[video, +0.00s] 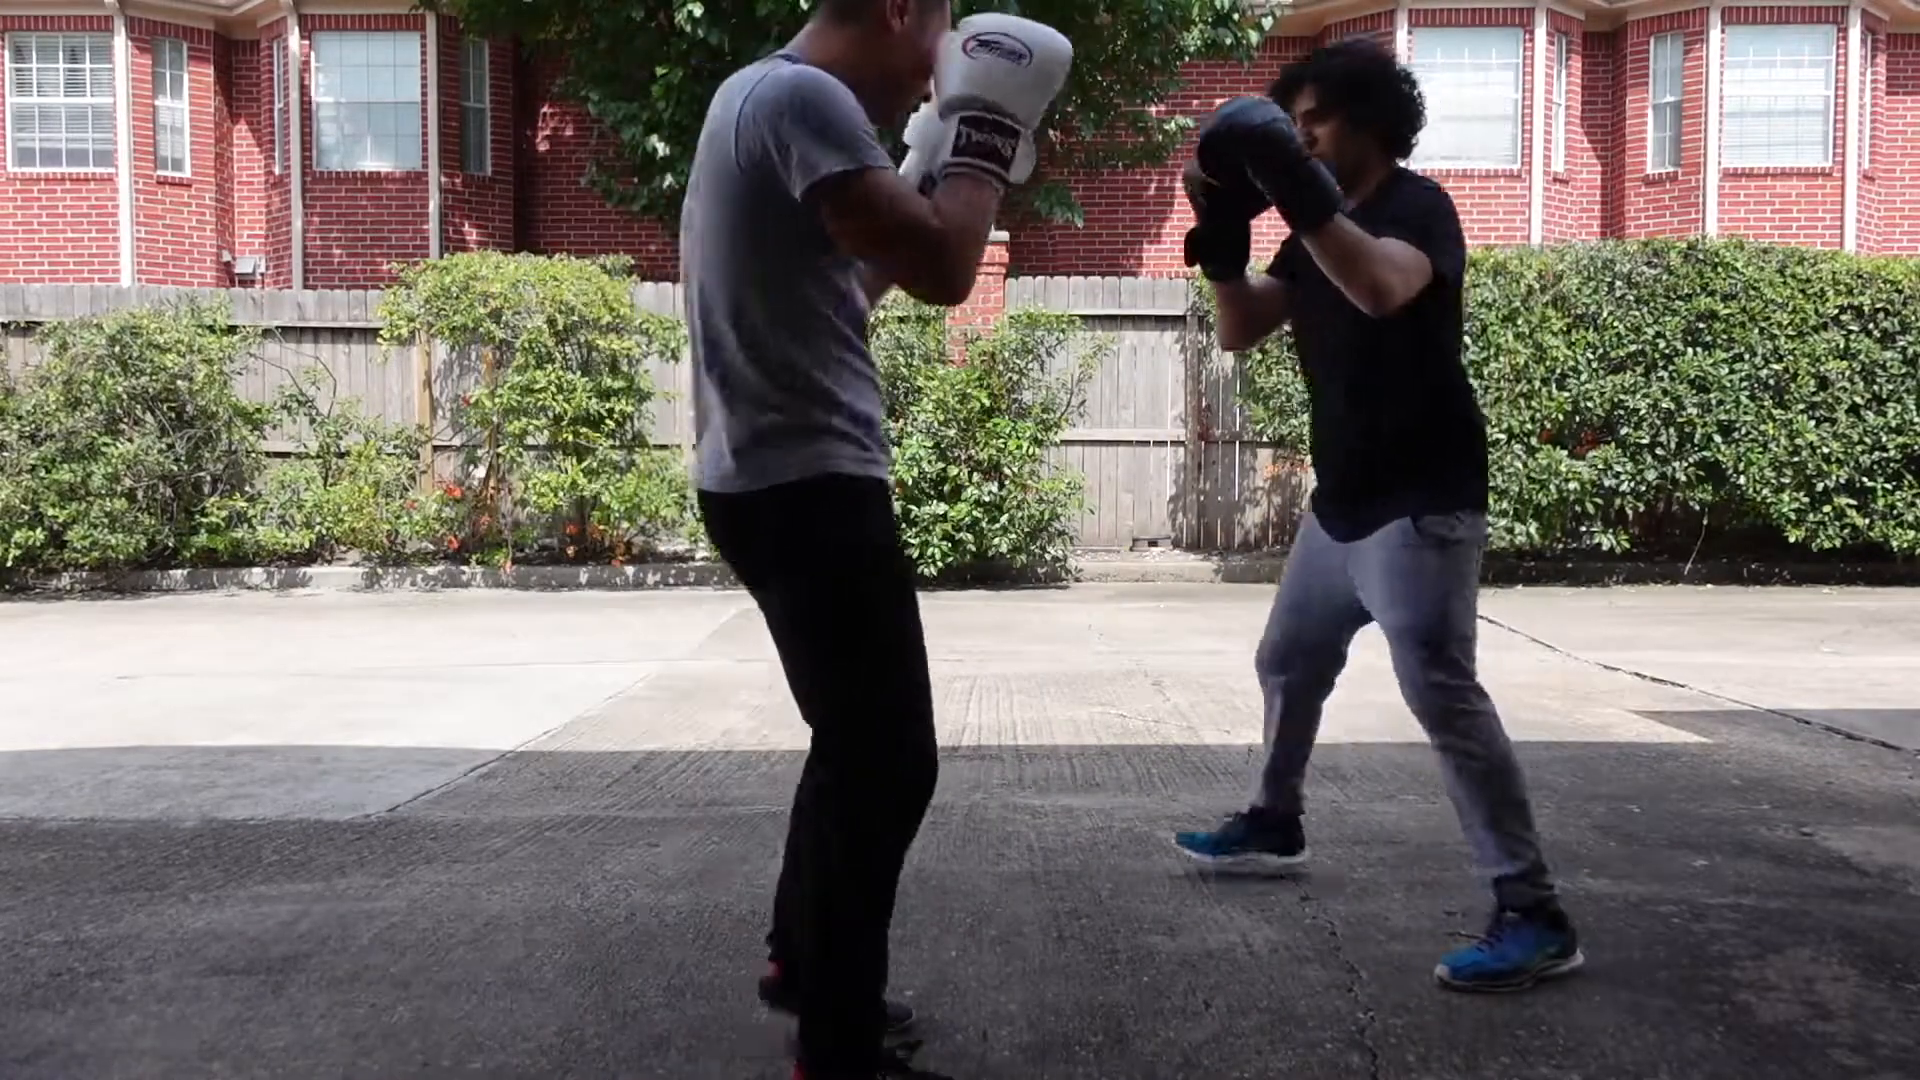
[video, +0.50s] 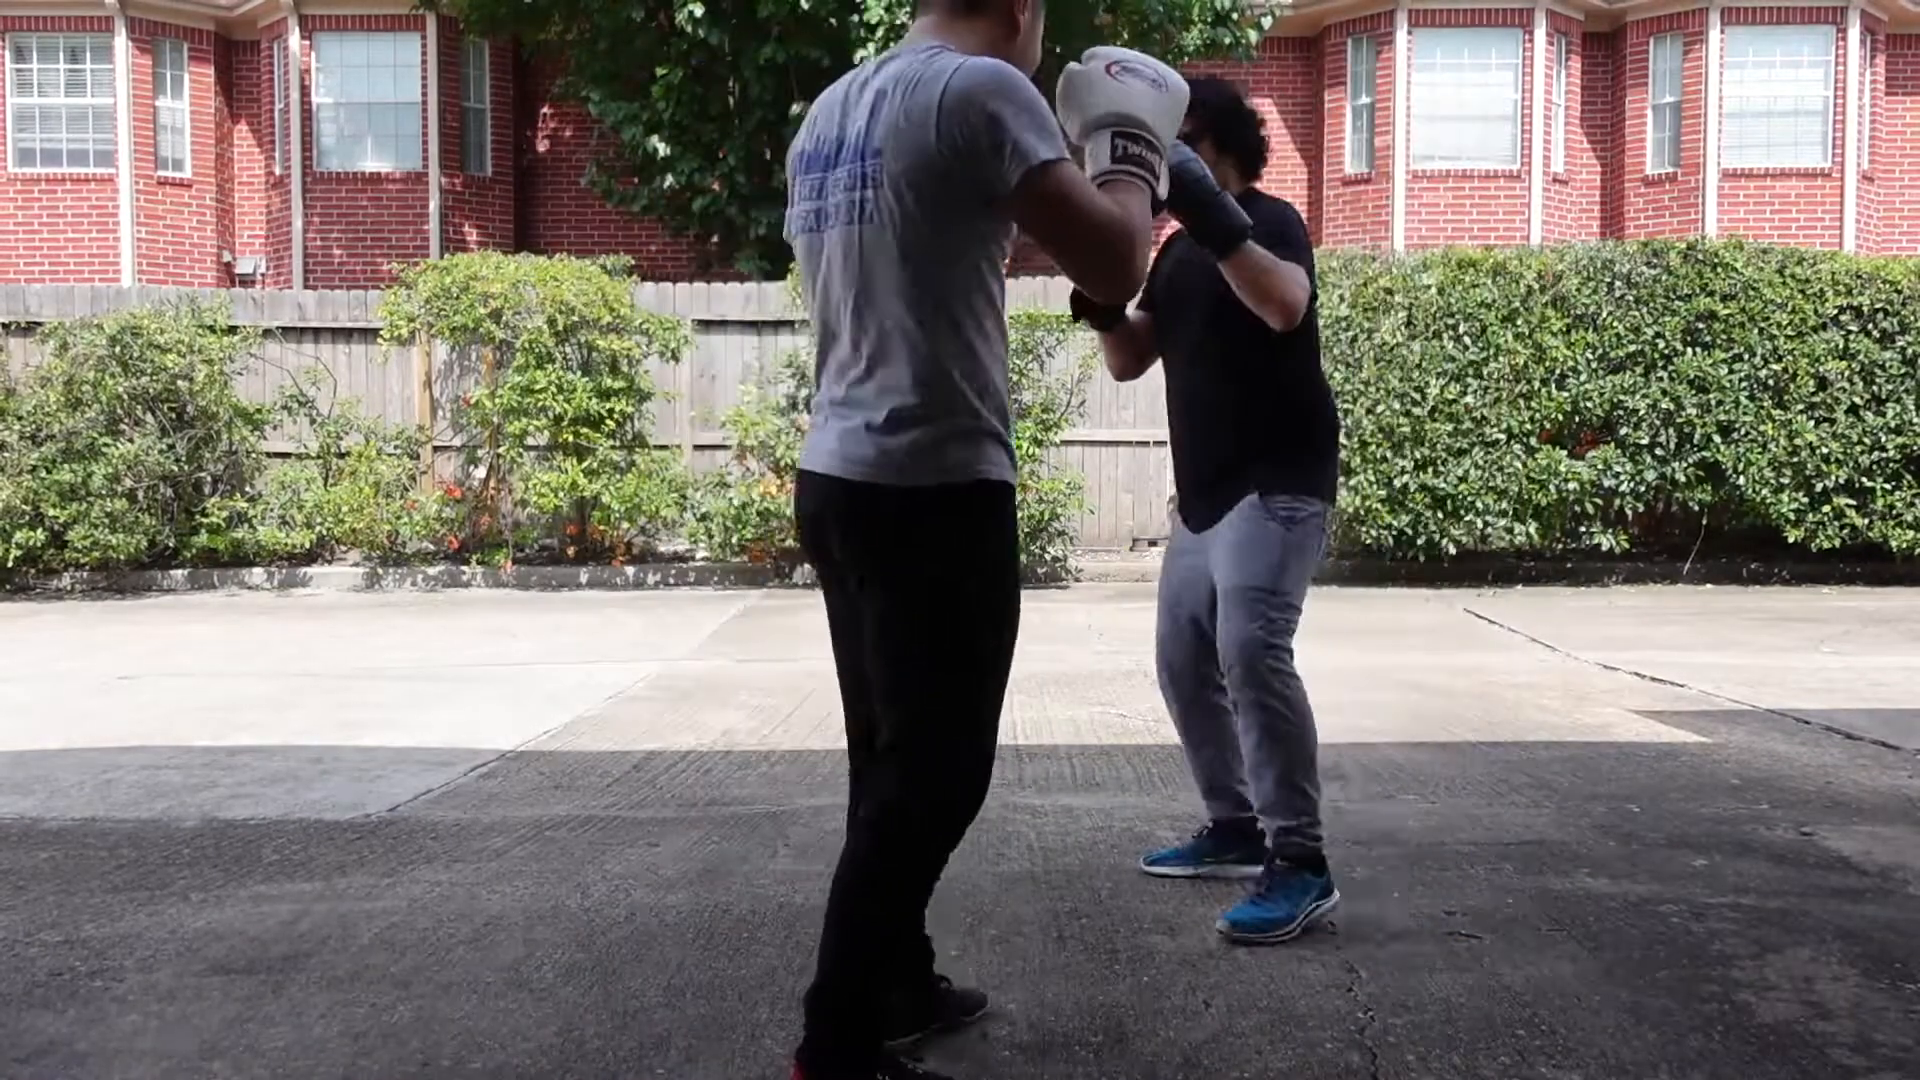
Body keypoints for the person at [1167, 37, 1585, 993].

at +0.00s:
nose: (1298, 142)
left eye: (1314, 123)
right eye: (1294, 127)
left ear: (1372, 124)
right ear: (1304, 137)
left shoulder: (1421, 207)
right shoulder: (1316, 229)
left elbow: (1383, 285)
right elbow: (1240, 328)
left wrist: (1296, 186)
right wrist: (1221, 237)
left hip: (1426, 498)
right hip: (1342, 499)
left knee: (1440, 690)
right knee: (1287, 664)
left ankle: (1532, 912)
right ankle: (1274, 820)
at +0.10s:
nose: (1262, 164)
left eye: (1274, 146)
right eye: (1259, 149)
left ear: (1324, 148)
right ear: (1279, 156)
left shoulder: (1370, 233)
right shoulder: (1282, 254)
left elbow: (1355, 318)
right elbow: (1215, 351)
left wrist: (1273, 213)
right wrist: (1191, 276)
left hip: (1368, 524)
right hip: (1284, 519)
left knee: (1406, 702)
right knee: (1225, 668)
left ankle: (1512, 909)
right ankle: (1237, 830)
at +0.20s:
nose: (1235, 164)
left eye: (1249, 144)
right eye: (1226, 150)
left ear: (1302, 145)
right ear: (1222, 162)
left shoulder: (1337, 231)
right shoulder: (1235, 249)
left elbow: (1342, 324)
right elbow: (1175, 348)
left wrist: (1245, 235)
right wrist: (1151, 274)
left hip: (1332, 504)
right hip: (1249, 508)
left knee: (1329, 662)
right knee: (1202, 670)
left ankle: (1432, 870)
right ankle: (1235, 832)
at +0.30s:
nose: (1200, 149)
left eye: (1215, 131)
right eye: (1194, 135)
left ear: (1263, 133)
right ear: (1195, 146)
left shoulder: (1309, 204)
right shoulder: (1208, 239)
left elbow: (1315, 282)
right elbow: (1151, 336)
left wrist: (1222, 195)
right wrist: (1131, 253)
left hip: (1315, 480)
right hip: (1231, 491)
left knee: (1294, 648)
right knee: (1195, 646)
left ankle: (1330, 856)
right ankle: (1230, 816)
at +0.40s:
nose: (1179, 156)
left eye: (1194, 139)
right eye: (1178, 141)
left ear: (1237, 143)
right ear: (1188, 156)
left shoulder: (1294, 207)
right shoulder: (1192, 245)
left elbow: (1290, 276)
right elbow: (1143, 352)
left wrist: (1206, 184)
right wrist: (1122, 260)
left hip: (1295, 488)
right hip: (1212, 494)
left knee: (1257, 656)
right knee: (1194, 658)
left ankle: (1282, 866)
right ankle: (1234, 825)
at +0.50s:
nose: (1168, 167)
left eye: (1182, 149)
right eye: (1166, 152)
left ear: (1226, 156)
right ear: (1179, 167)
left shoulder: (1272, 220)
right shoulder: (1177, 252)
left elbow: (1285, 307)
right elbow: (1128, 359)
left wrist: (1205, 212)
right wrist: (1100, 285)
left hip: (1277, 489)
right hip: (1204, 498)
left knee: (1253, 658)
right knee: (1184, 667)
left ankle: (1299, 863)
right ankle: (1234, 827)